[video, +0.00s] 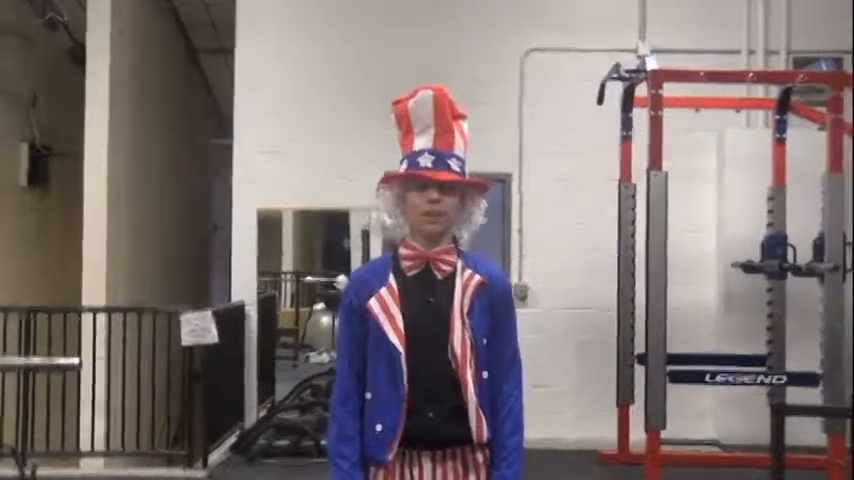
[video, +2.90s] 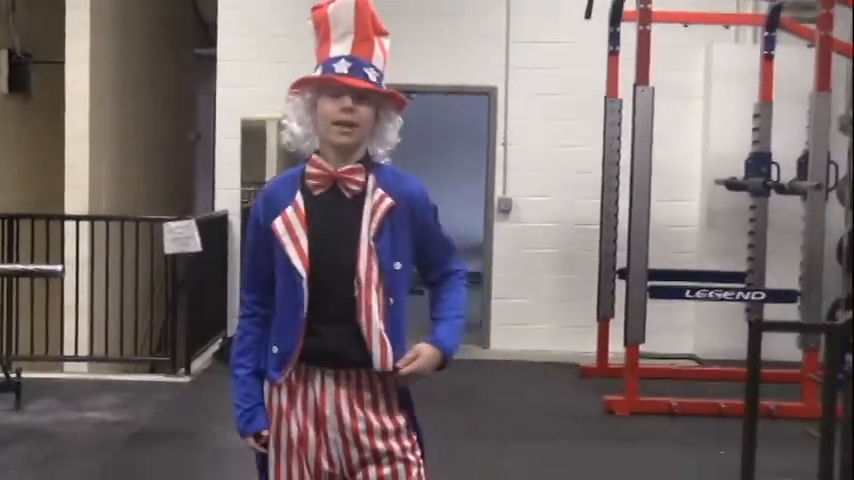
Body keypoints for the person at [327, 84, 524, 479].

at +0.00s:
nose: (433, 198)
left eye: (446, 189)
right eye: (420, 187)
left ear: (463, 202)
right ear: (402, 199)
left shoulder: (489, 284)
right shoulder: (366, 284)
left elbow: (507, 388)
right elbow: (348, 391)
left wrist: (507, 470)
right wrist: (346, 471)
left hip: (468, 462)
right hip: (389, 463)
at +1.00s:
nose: (401, 237)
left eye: (414, 227)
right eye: (387, 226)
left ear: (431, 242)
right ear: (367, 241)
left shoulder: (456, 321)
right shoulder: (332, 325)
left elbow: (480, 421)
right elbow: (311, 431)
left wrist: (488, 475)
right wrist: (309, 475)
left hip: (437, 472)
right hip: (362, 472)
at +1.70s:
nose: (431, 213)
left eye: (443, 203)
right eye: (416, 204)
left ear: (461, 220)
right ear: (395, 221)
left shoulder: (489, 301)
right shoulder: (364, 312)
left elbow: (526, 386)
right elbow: (341, 426)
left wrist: (537, 456)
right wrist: (333, 474)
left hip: (481, 471)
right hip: (401, 472)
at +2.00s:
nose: (428, 203)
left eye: (440, 194)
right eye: (413, 194)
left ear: (459, 211)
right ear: (392, 209)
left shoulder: (482, 287)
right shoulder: (359, 291)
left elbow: (529, 362)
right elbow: (307, 381)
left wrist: (545, 439)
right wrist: (319, 469)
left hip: (468, 469)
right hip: (384, 469)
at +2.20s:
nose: (407, 173)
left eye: (420, 164)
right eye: (393, 163)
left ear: (438, 180)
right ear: (371, 178)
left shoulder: (460, 261)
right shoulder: (333, 261)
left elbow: (505, 331)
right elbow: (286, 344)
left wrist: (510, 405)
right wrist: (290, 439)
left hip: (435, 456)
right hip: (349, 459)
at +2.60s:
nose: (370, 130)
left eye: (385, 119)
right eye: (358, 115)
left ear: (404, 133)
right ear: (337, 126)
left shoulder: (430, 214)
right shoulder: (299, 210)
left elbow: (479, 284)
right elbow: (269, 309)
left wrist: (490, 353)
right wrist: (252, 405)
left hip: (397, 408)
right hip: (314, 407)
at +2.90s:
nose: (348, 108)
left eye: (362, 99)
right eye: (335, 95)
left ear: (378, 115)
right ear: (312, 106)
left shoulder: (405, 198)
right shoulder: (274, 199)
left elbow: (449, 275)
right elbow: (254, 309)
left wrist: (441, 344)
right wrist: (249, 405)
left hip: (376, 395)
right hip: (295, 394)